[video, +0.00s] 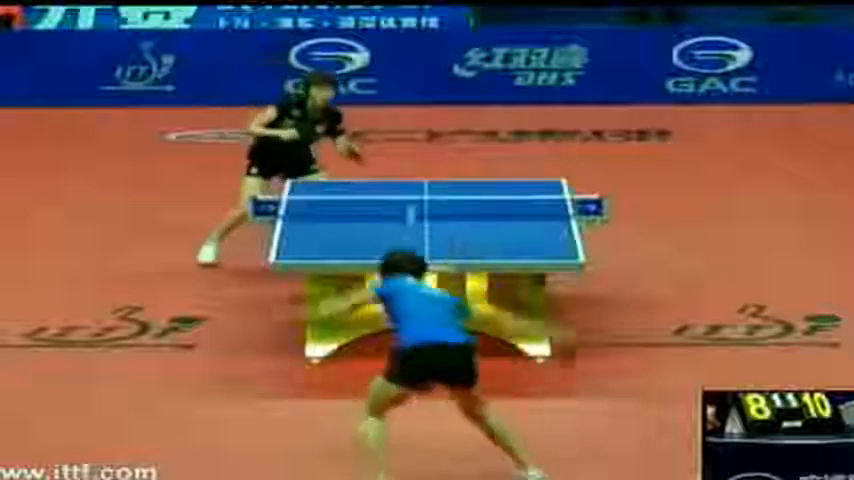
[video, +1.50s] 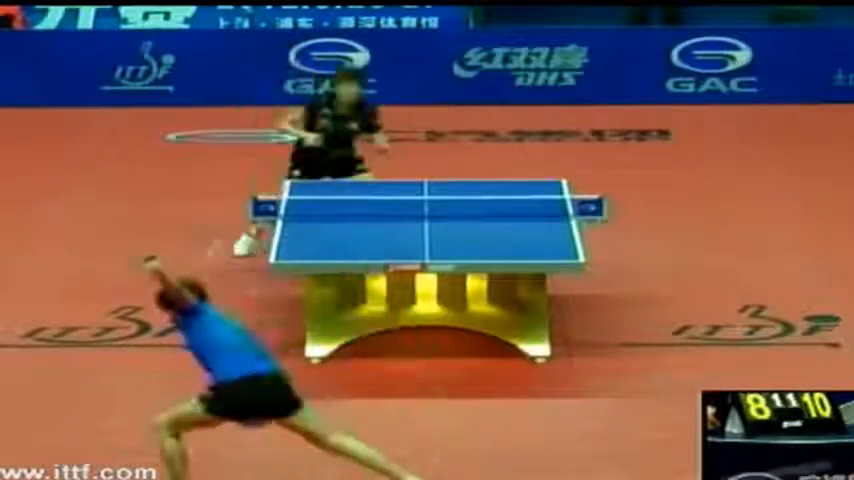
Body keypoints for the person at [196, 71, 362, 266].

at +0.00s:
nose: (324, 96)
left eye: (328, 91)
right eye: (320, 90)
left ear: (333, 94)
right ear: (309, 90)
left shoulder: (331, 117)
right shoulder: (287, 106)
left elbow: (340, 142)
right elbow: (253, 128)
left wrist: (349, 150)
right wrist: (280, 133)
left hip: (298, 159)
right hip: (266, 158)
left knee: (327, 196)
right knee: (250, 207)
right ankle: (213, 241)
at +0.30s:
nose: (314, 114)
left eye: (316, 109)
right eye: (309, 108)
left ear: (319, 113)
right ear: (297, 109)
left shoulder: (310, 138)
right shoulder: (273, 124)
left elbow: (320, 167)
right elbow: (250, 147)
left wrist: (342, 176)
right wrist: (288, 149)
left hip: (268, 176)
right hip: (240, 173)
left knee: (298, 207)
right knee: (241, 221)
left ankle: (296, 261)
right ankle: (198, 263)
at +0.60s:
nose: (343, 108)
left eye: (343, 103)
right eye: (339, 102)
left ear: (322, 103)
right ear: (324, 102)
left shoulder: (305, 114)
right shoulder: (318, 120)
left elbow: (282, 118)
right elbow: (322, 137)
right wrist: (343, 151)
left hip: (280, 169)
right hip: (261, 171)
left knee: (313, 195)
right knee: (261, 224)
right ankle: (201, 259)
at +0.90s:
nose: (317, 64)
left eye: (320, 58)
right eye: (313, 58)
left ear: (322, 60)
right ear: (301, 58)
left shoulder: (326, 79)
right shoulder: (277, 77)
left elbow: (339, 62)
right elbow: (233, 97)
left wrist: (316, 43)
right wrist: (252, 86)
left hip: (320, 145)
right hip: (285, 145)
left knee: (346, 191)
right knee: (257, 188)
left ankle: (349, 235)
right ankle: (230, 223)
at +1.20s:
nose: (276, 86)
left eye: (280, 80)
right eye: (271, 81)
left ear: (287, 81)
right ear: (264, 84)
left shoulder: (300, 99)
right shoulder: (263, 104)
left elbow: (322, 118)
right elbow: (249, 127)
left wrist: (298, 113)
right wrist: (249, 119)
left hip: (312, 160)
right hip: (279, 162)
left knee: (335, 191)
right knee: (259, 194)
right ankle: (256, 238)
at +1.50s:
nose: (348, 93)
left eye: (352, 88)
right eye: (344, 88)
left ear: (359, 90)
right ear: (335, 88)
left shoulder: (363, 111)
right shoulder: (318, 106)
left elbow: (375, 133)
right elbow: (283, 123)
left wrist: (381, 143)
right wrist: (305, 136)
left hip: (345, 161)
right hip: (310, 163)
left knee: (372, 195)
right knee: (288, 202)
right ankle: (252, 235)